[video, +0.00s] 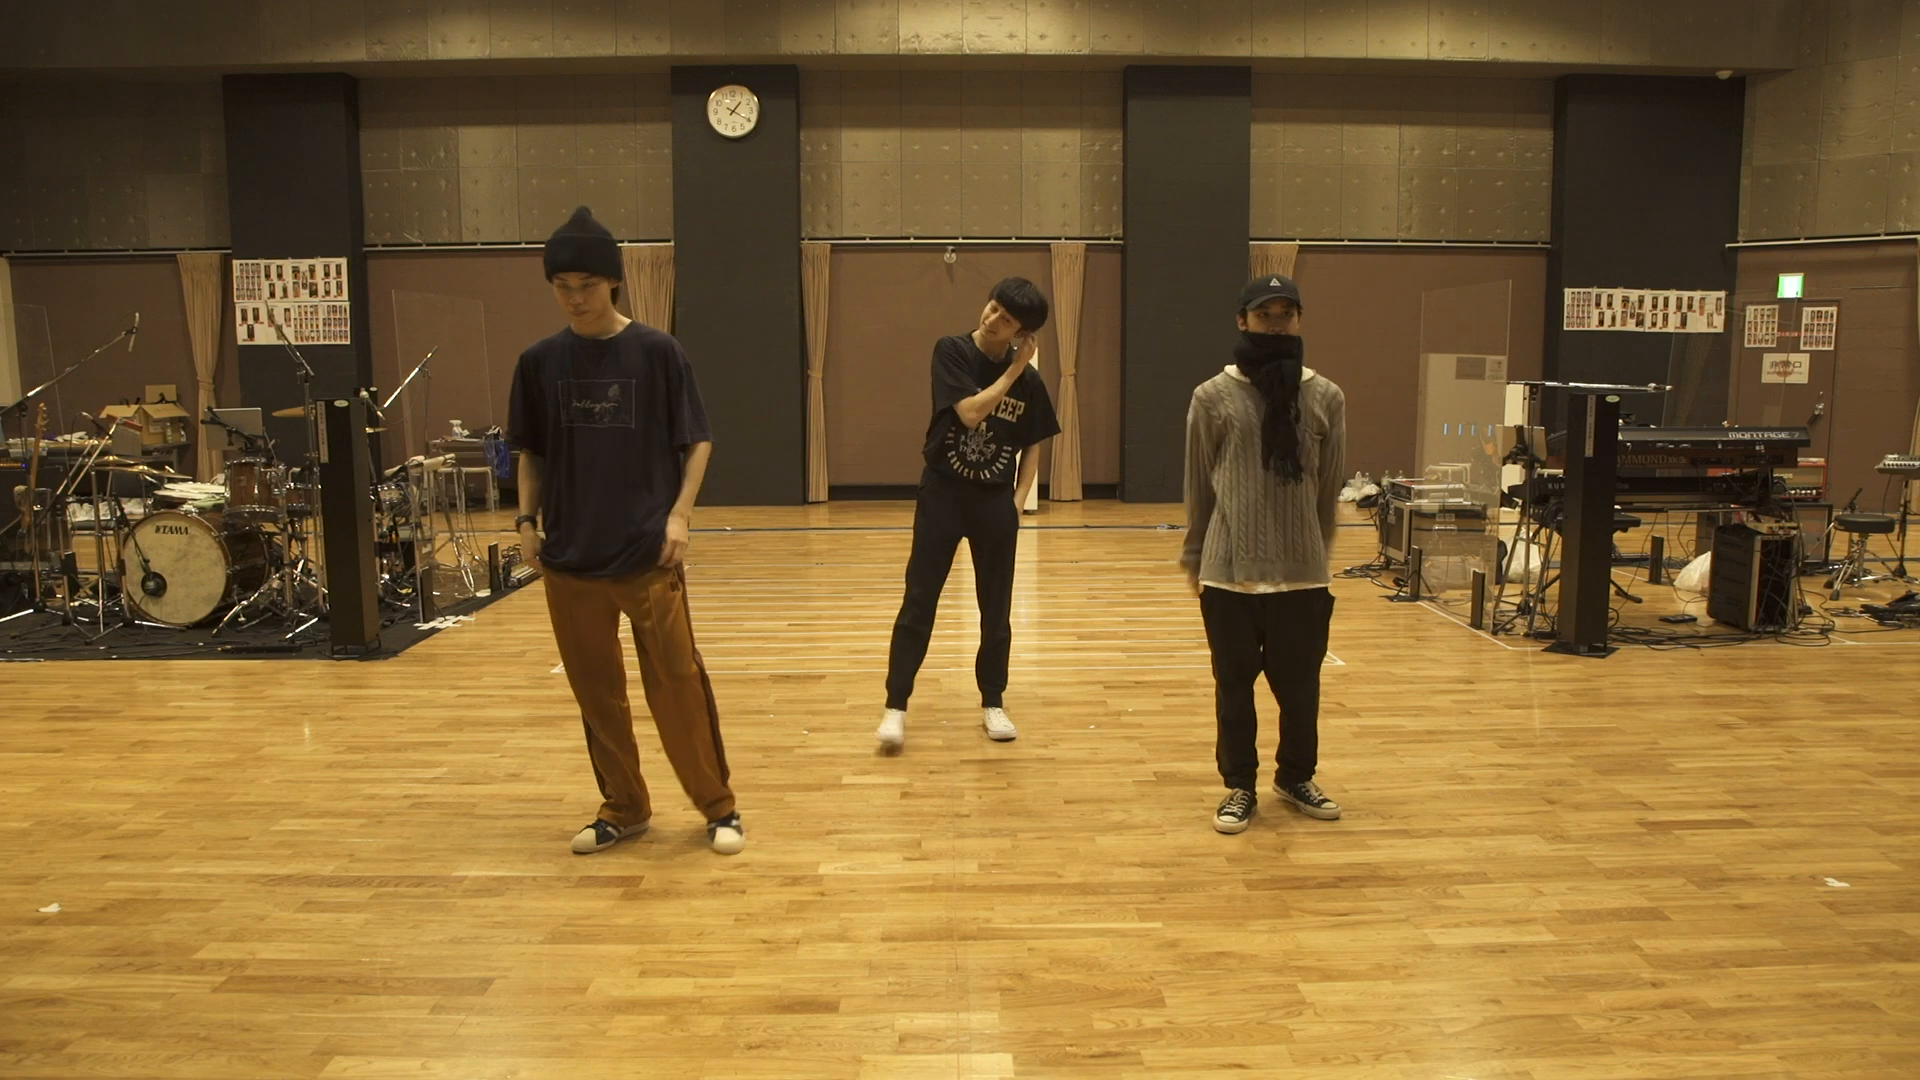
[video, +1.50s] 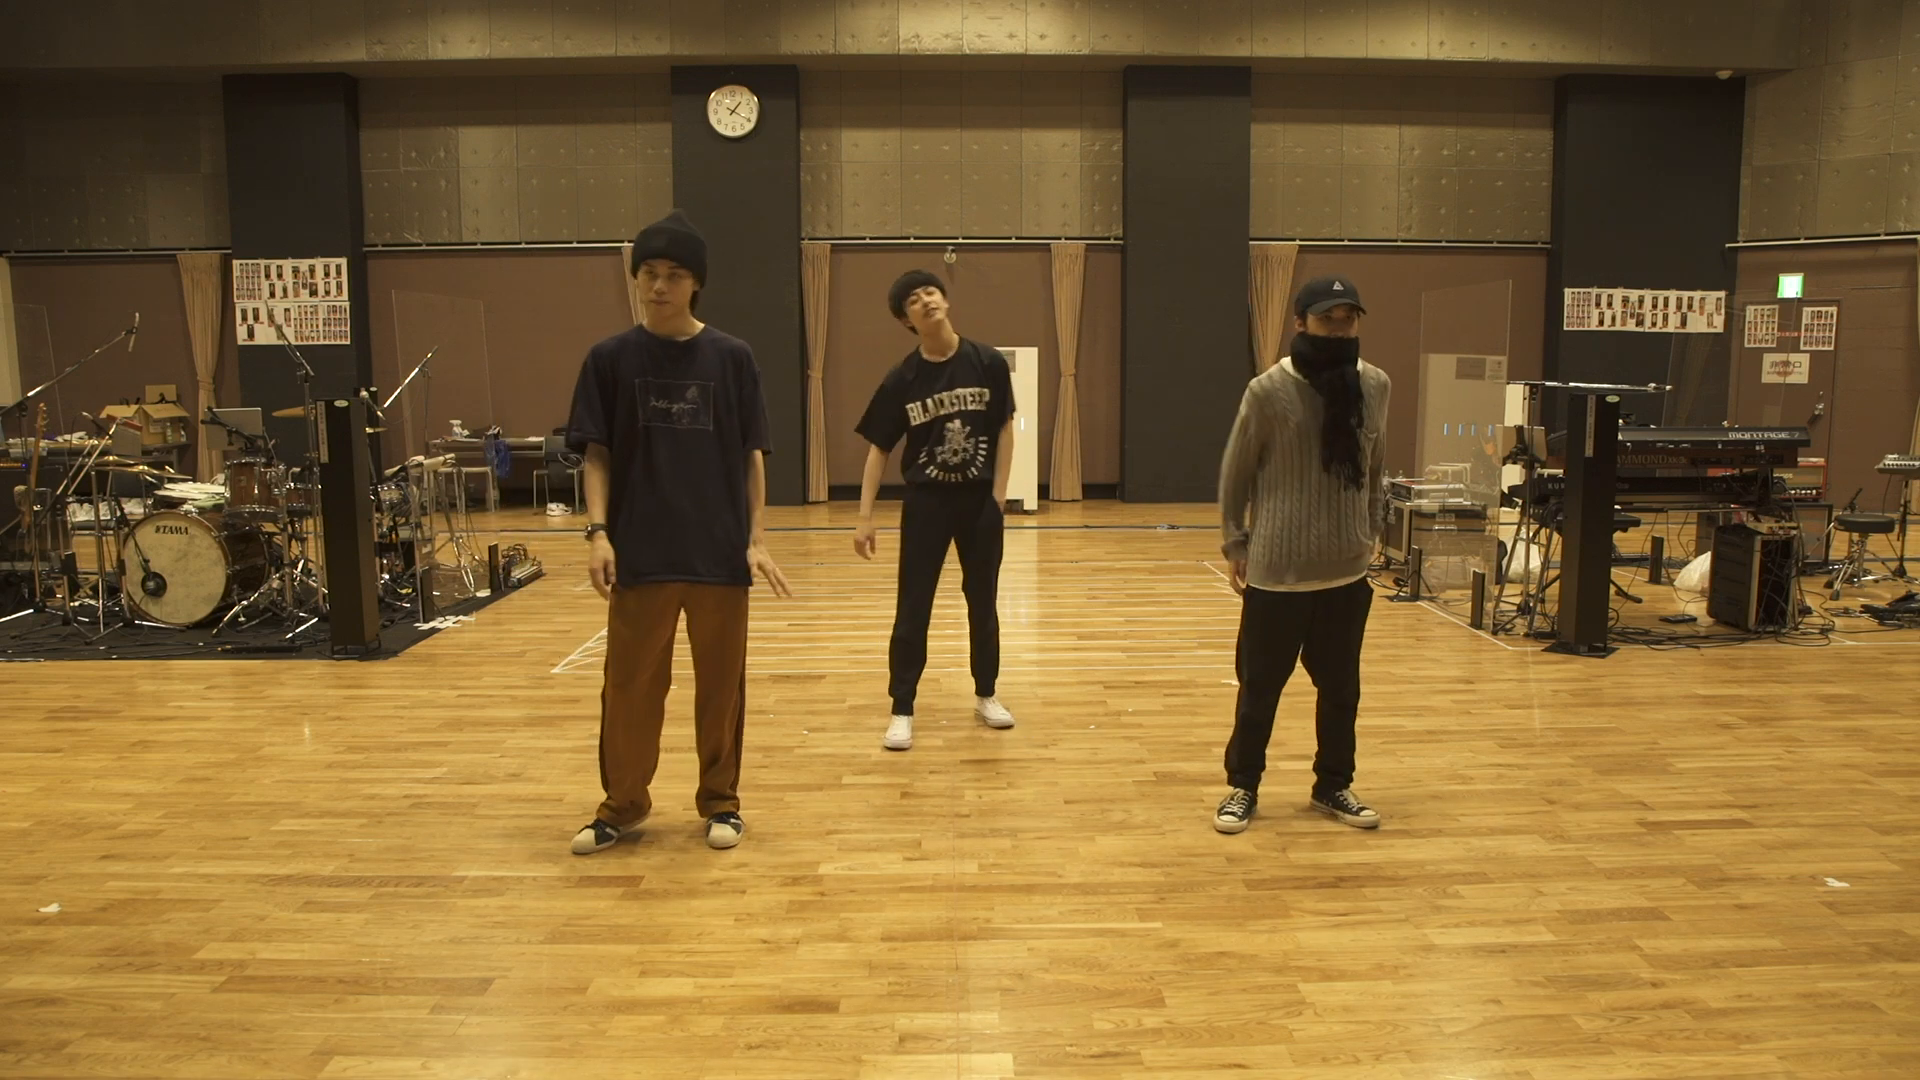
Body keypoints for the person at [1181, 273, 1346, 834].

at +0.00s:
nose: (1278, 323)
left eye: (1287, 314)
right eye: (1266, 314)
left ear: (1299, 322)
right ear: (1244, 321)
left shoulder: (1326, 397)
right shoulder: (1213, 397)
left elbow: (1330, 489)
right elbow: (1199, 486)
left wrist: (1318, 559)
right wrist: (1194, 558)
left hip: (1303, 573)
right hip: (1228, 573)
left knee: (1300, 688)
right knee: (1234, 688)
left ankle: (1297, 779)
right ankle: (1239, 788)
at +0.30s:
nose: (1266, 324)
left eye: (1276, 314)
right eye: (1253, 314)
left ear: (1288, 321)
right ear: (1230, 321)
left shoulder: (1314, 383)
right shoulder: (1202, 385)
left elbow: (1332, 468)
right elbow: (1182, 470)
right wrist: (1211, 442)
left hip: (1299, 562)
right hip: (1224, 564)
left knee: (1312, 678)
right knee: (1226, 687)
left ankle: (1298, 769)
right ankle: (1239, 787)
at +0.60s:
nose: (1272, 335)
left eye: (1280, 325)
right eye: (1260, 325)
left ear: (1291, 328)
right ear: (1235, 327)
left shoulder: (1311, 380)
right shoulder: (1198, 387)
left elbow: (1360, 428)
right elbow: (1132, 446)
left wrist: (1405, 420)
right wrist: (1147, 452)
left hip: (1301, 570)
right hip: (1224, 573)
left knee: (1321, 686)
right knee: (1229, 690)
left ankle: (1328, 786)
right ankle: (1239, 790)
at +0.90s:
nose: (1289, 331)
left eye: (1298, 321)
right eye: (1277, 321)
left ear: (1308, 326)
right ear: (1252, 325)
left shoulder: (1326, 383)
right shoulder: (1215, 390)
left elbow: (1360, 449)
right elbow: (1167, 465)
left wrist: (1395, 492)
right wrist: (1174, 517)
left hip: (1309, 572)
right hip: (1235, 575)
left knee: (1322, 688)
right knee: (1236, 691)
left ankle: (1331, 788)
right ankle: (1240, 790)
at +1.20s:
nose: (1315, 329)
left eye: (1322, 319)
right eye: (1303, 319)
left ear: (1333, 325)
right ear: (1277, 324)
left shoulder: (1352, 390)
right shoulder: (1244, 395)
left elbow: (1367, 474)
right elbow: (1216, 478)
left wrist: (1368, 548)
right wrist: (1216, 551)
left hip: (1334, 571)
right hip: (1261, 572)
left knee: (1333, 688)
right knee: (1250, 689)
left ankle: (1332, 787)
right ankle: (1242, 788)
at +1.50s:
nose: (1342, 326)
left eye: (1350, 316)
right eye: (1329, 316)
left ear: (1360, 322)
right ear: (1302, 322)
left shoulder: (1374, 387)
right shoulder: (1267, 390)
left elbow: (1376, 467)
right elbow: (1236, 469)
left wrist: (1373, 530)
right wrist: (1235, 539)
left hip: (1346, 571)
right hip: (1276, 573)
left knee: (1341, 690)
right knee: (1259, 689)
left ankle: (1333, 788)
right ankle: (1243, 789)